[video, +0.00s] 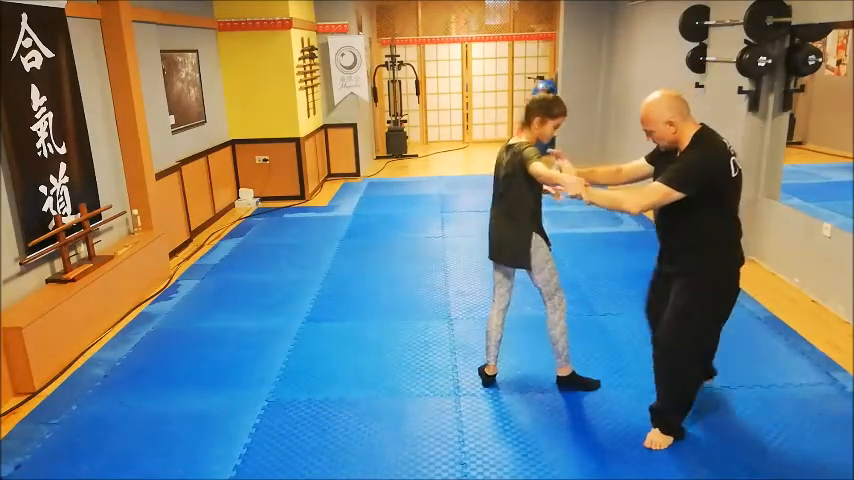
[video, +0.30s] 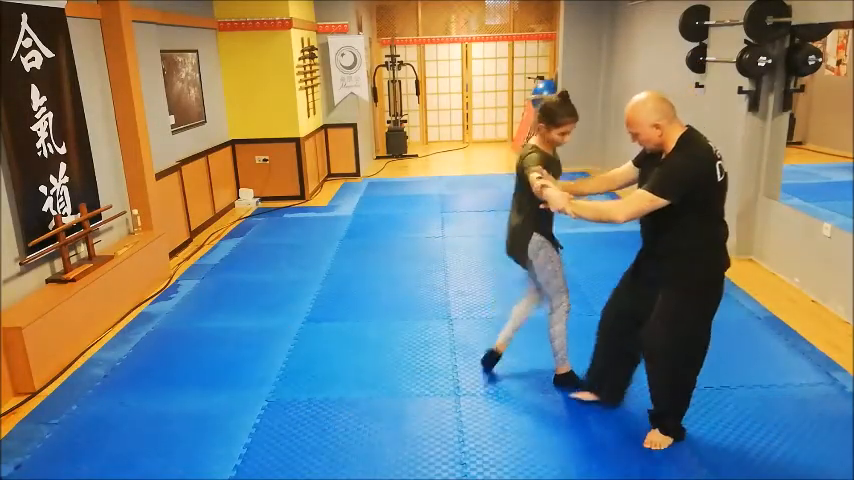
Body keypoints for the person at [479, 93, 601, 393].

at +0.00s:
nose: (556, 133)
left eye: (558, 127)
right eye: (555, 126)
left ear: (532, 122)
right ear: (537, 121)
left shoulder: (508, 147)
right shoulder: (529, 149)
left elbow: (519, 179)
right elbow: (540, 172)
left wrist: (547, 181)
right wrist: (568, 180)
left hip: (500, 234)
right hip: (527, 236)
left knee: (499, 301)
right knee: (554, 300)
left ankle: (489, 369)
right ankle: (565, 372)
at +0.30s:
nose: (566, 139)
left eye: (569, 133)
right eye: (562, 134)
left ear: (545, 127)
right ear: (543, 128)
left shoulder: (542, 150)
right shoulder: (534, 159)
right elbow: (545, 193)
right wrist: (572, 193)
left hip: (526, 233)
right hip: (533, 238)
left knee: (535, 294)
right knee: (559, 301)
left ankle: (497, 350)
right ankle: (563, 371)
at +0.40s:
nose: (565, 141)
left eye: (569, 134)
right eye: (559, 136)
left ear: (574, 126)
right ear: (541, 129)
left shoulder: (558, 149)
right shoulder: (532, 161)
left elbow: (564, 184)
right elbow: (541, 197)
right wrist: (569, 205)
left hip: (552, 226)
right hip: (535, 231)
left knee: (565, 291)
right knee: (554, 300)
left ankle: (514, 335)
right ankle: (561, 370)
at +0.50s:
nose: (558, 143)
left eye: (562, 136)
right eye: (551, 138)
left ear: (568, 128)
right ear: (537, 132)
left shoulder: (569, 147)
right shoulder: (529, 159)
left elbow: (571, 178)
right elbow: (530, 194)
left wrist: (583, 194)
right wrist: (555, 212)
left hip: (563, 224)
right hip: (534, 230)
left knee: (579, 293)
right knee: (549, 302)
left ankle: (544, 332)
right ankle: (559, 369)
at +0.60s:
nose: (547, 149)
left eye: (552, 142)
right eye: (540, 144)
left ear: (561, 133)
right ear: (529, 139)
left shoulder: (571, 151)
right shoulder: (524, 165)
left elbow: (582, 184)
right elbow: (518, 201)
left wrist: (587, 214)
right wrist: (538, 218)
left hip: (574, 230)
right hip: (538, 235)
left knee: (583, 299)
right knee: (545, 305)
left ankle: (577, 345)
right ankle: (555, 366)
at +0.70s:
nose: (531, 160)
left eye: (537, 154)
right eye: (525, 155)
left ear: (550, 145)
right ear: (518, 148)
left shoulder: (568, 161)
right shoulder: (519, 173)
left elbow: (586, 197)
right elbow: (501, 203)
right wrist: (502, 211)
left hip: (574, 231)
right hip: (537, 237)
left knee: (587, 298)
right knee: (541, 306)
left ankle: (603, 353)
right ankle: (553, 371)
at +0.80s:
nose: (513, 180)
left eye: (519, 173)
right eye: (509, 173)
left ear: (535, 164)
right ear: (503, 167)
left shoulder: (557, 176)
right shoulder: (508, 191)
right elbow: (487, 220)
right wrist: (484, 235)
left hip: (574, 236)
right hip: (537, 240)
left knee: (597, 297)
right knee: (538, 306)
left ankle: (620, 350)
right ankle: (552, 370)